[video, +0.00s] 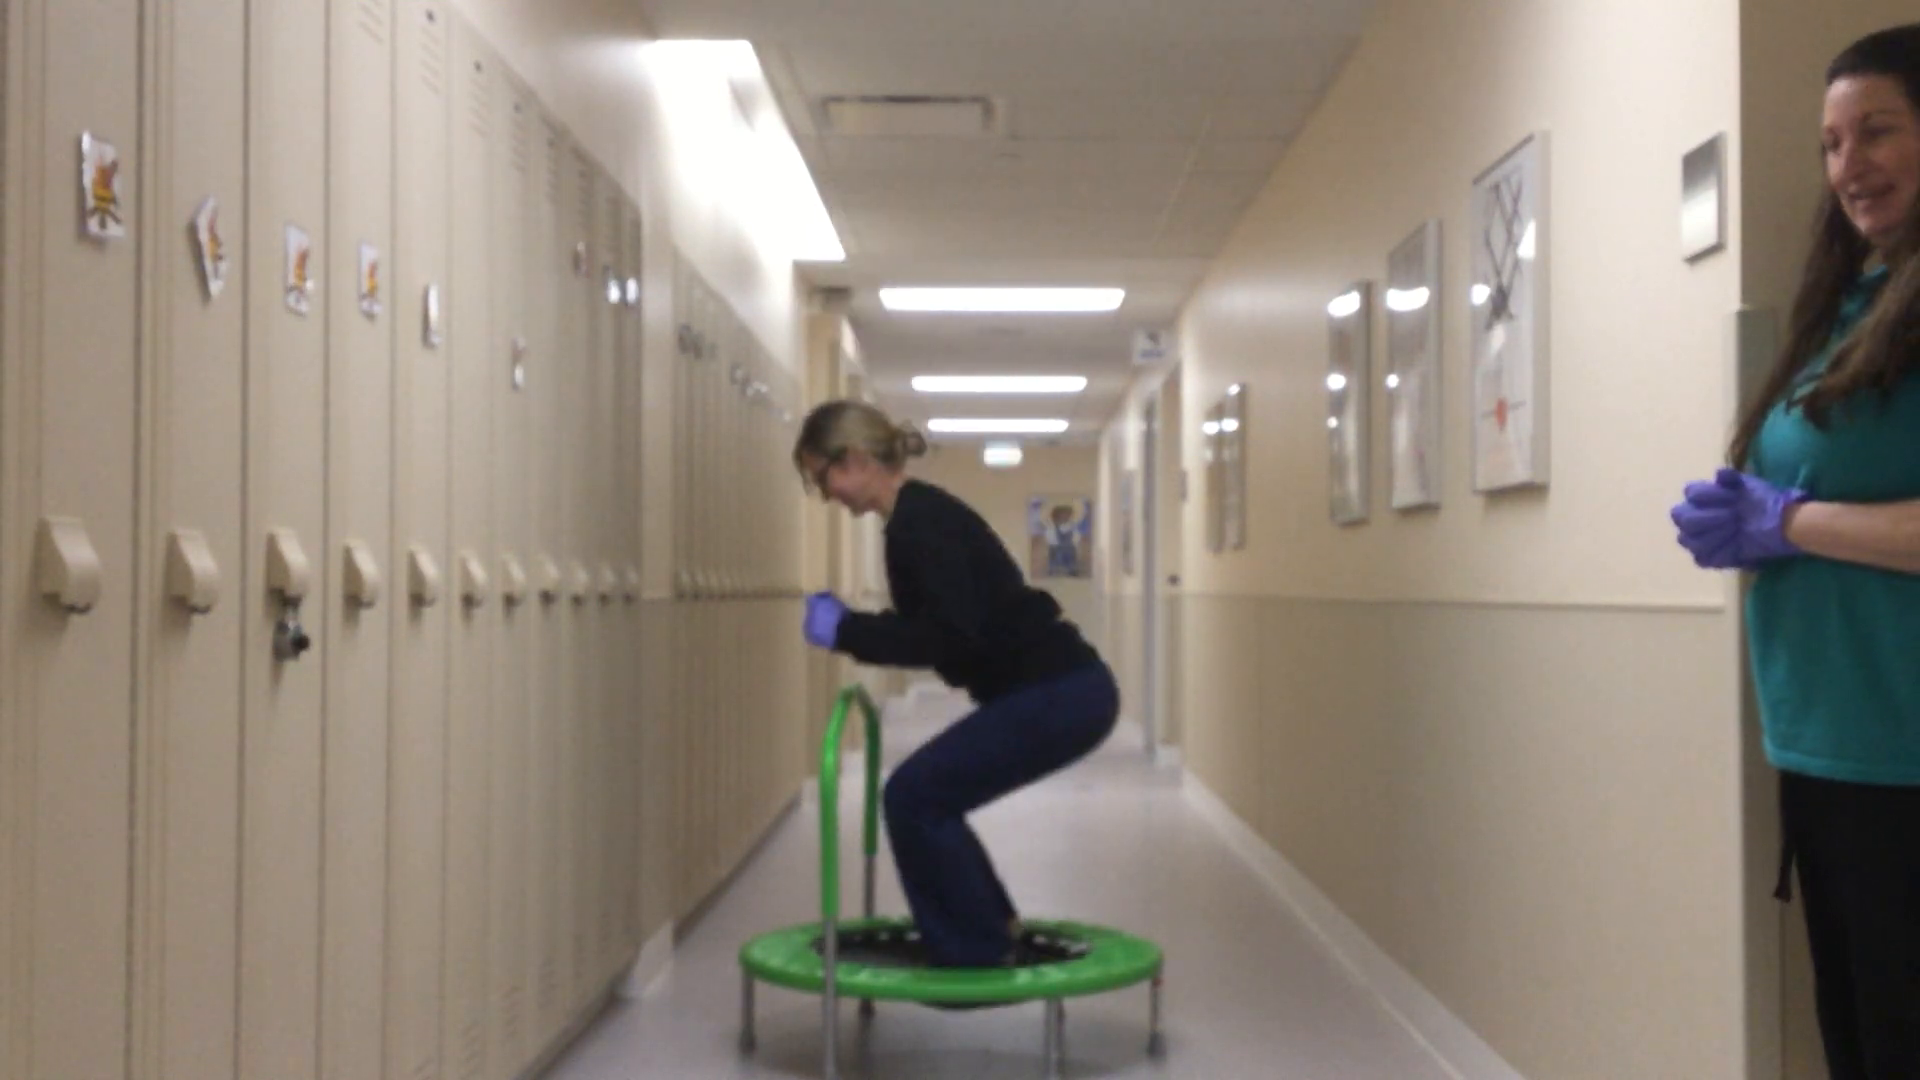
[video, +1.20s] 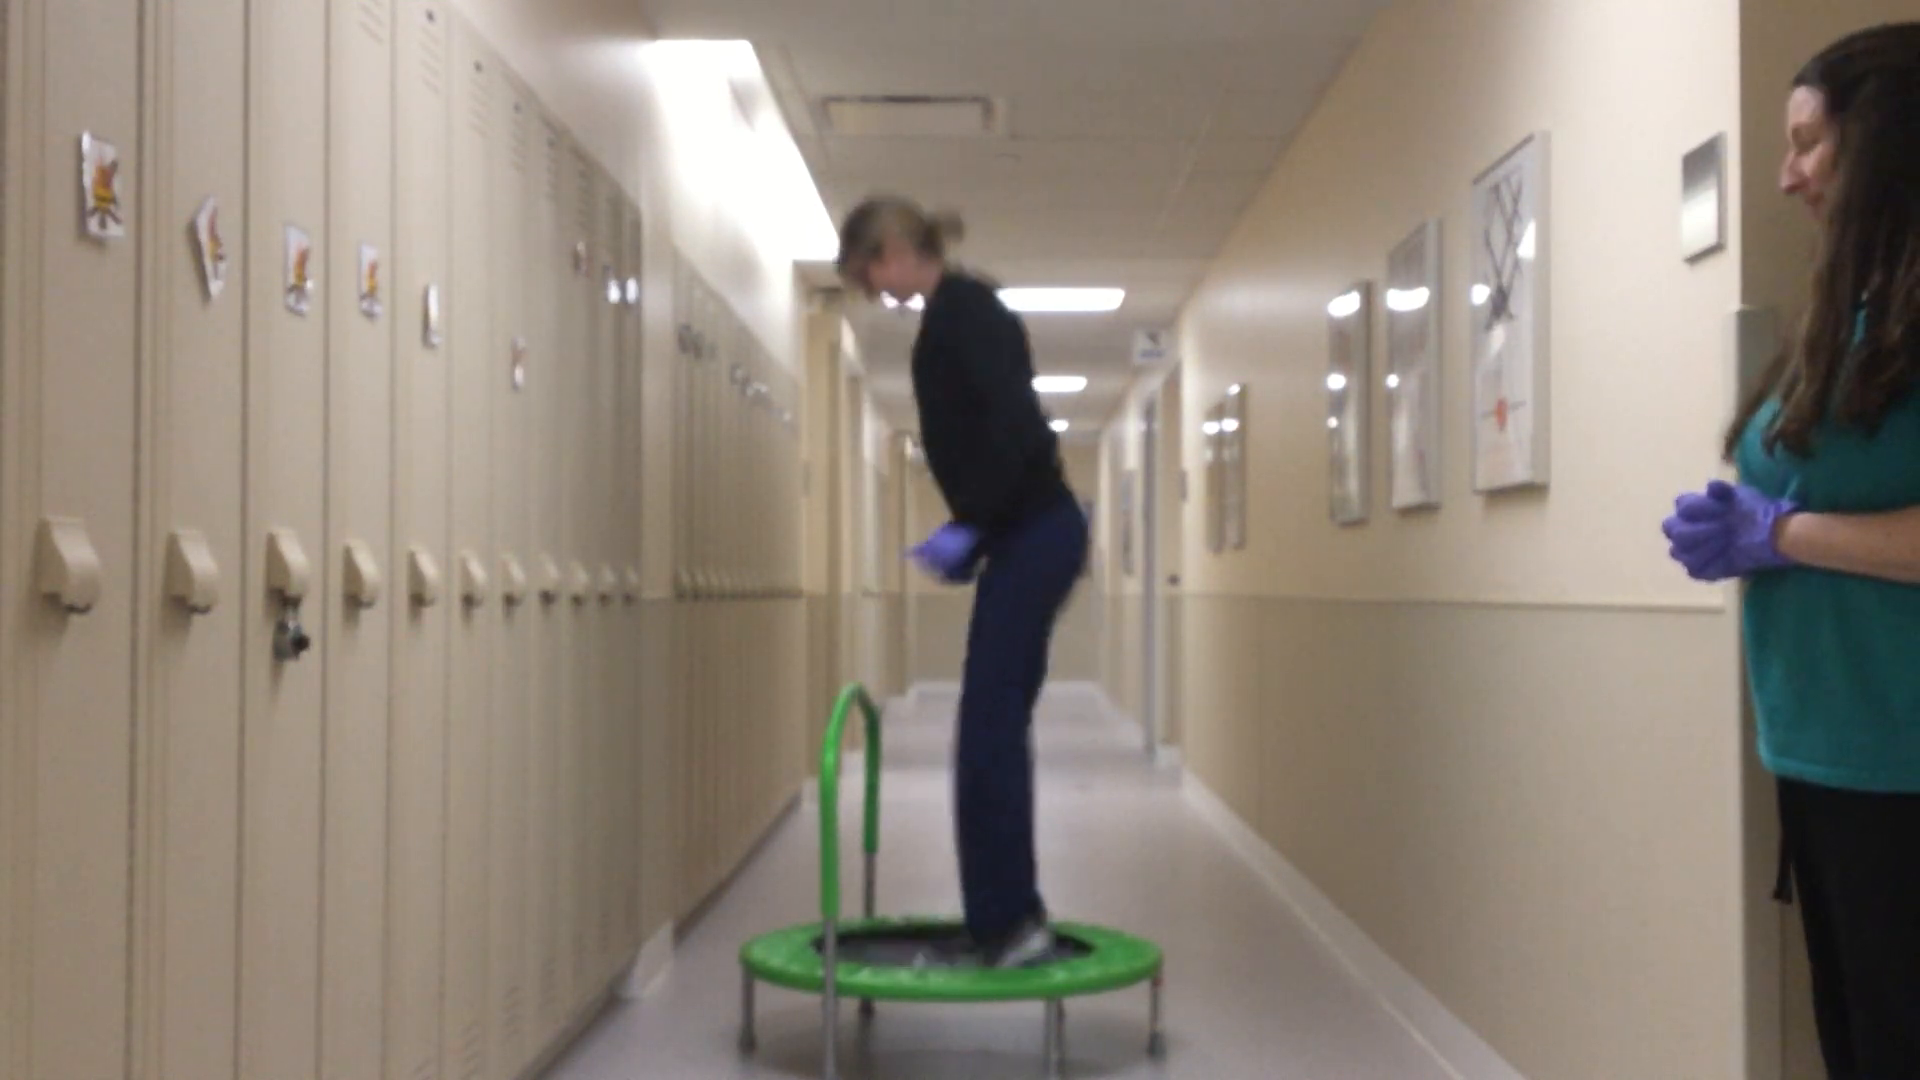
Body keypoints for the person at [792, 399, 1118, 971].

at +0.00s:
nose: (827, 492)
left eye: (826, 474)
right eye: (819, 481)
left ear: (859, 456)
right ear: (864, 459)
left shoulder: (922, 519)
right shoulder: (913, 519)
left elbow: (939, 637)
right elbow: (931, 633)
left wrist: (848, 630)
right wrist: (851, 628)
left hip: (1063, 695)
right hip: (1058, 692)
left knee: (913, 796)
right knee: (918, 793)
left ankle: (972, 950)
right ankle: (990, 929)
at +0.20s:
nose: (854, 393)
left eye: (855, 374)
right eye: (846, 381)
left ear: (887, 353)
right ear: (873, 365)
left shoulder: (940, 426)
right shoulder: (930, 426)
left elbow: (965, 549)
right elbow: (955, 550)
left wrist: (880, 604)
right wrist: (883, 601)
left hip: (1045, 632)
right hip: (1037, 630)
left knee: (928, 783)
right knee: (930, 781)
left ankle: (981, 942)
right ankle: (982, 936)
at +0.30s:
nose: (867, 297)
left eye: (870, 278)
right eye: (860, 285)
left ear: (904, 260)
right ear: (894, 272)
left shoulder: (956, 332)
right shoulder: (945, 335)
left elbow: (985, 448)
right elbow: (967, 453)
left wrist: (950, 550)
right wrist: (946, 549)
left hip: (1024, 555)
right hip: (1013, 554)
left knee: (975, 742)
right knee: (976, 742)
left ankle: (984, 934)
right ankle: (992, 925)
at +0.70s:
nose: (890, 346)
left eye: (890, 328)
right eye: (882, 334)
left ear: (920, 308)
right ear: (916, 315)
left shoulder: (977, 374)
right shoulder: (966, 379)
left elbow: (1019, 485)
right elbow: (1011, 485)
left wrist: (970, 578)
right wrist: (976, 575)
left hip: (1049, 592)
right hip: (1036, 591)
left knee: (977, 755)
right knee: (979, 754)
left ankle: (1020, 937)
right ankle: (1020, 931)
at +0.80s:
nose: (877, 428)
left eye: (880, 410)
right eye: (869, 417)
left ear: (911, 394)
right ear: (901, 404)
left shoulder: (966, 465)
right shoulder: (953, 468)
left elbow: (991, 578)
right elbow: (978, 580)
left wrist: (903, 623)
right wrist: (903, 619)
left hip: (1079, 661)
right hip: (1067, 659)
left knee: (951, 785)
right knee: (950, 783)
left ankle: (1018, 944)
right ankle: (1010, 936)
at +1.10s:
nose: (868, 381)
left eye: (867, 362)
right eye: (859, 369)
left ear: (898, 341)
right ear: (885, 354)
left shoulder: (959, 412)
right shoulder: (942, 417)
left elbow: (982, 527)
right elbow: (964, 531)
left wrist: (907, 583)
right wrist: (904, 579)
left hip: (1059, 617)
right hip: (1046, 616)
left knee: (952, 772)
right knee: (951, 770)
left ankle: (1000, 934)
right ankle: (999, 931)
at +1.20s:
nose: (874, 287)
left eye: (873, 268)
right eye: (866, 276)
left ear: (902, 244)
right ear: (894, 255)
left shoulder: (967, 310)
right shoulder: (954, 314)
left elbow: (1012, 426)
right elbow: (996, 428)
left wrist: (972, 522)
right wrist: (968, 526)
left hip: (1036, 531)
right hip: (1025, 532)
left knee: (991, 721)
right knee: (991, 720)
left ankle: (1005, 919)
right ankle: (1001, 914)